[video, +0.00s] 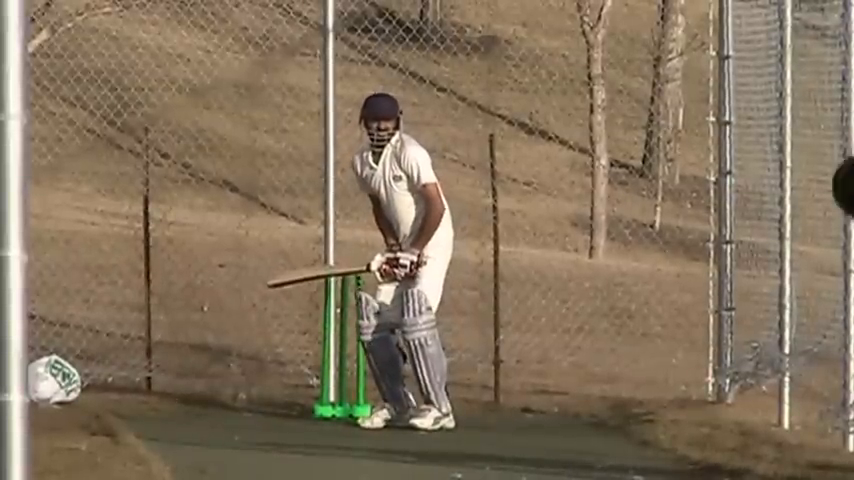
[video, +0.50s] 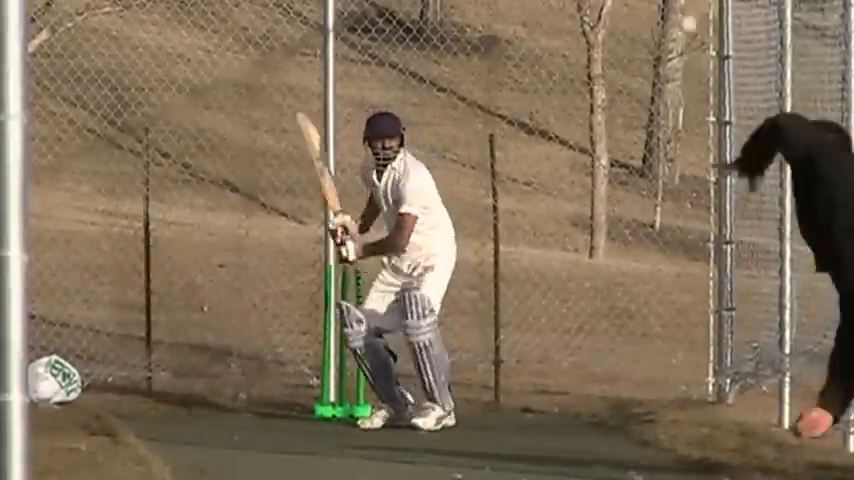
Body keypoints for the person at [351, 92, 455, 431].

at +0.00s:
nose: (379, 131)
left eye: (387, 125)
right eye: (373, 124)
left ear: (398, 124)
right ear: (364, 125)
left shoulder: (409, 153)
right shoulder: (361, 162)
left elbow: (436, 205)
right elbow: (378, 206)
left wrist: (415, 250)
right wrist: (392, 248)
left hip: (430, 242)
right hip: (399, 245)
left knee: (416, 318)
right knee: (373, 320)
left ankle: (438, 406)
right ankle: (397, 403)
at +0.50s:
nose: (383, 148)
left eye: (390, 141)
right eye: (375, 142)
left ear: (401, 142)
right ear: (367, 144)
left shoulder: (411, 177)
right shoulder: (371, 169)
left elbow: (398, 241)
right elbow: (376, 202)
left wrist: (360, 249)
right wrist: (358, 228)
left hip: (431, 259)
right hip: (397, 261)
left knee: (418, 325)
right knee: (361, 330)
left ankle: (442, 406)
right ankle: (395, 404)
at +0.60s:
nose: (395, 151)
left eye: (402, 144)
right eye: (388, 145)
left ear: (413, 144)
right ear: (379, 147)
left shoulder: (427, 178)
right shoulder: (376, 175)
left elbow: (403, 239)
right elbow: (375, 209)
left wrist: (358, 249)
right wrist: (354, 231)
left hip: (433, 267)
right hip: (394, 267)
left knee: (435, 330)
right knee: (357, 331)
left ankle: (441, 408)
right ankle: (394, 403)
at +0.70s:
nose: (410, 149)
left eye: (416, 142)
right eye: (402, 144)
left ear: (425, 142)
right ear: (392, 146)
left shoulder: (443, 168)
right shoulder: (384, 182)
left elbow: (434, 221)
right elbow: (390, 237)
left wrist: (391, 254)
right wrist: (372, 258)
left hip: (439, 271)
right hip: (397, 271)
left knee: (449, 324)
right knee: (360, 331)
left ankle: (445, 407)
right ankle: (381, 394)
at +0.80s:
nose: (416, 148)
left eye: (422, 141)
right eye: (408, 142)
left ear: (431, 138)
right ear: (396, 142)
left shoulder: (441, 147)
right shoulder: (402, 178)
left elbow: (463, 176)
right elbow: (431, 225)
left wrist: (480, 218)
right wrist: (467, 241)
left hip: (448, 256)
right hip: (409, 259)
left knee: (461, 322)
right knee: (390, 329)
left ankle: (450, 401)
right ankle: (362, 394)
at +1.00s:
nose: (456, 139)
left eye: (456, 133)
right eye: (451, 134)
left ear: (435, 133)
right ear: (434, 135)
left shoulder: (435, 152)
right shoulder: (429, 165)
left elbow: (478, 153)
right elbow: (485, 166)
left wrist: (521, 140)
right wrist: (524, 139)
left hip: (450, 251)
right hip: (423, 255)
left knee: (470, 326)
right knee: (412, 339)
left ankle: (451, 406)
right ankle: (368, 386)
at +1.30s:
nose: (499, 107)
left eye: (498, 102)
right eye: (498, 103)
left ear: (461, 101)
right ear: (492, 105)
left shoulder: (436, 132)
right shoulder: (496, 139)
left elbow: (422, 169)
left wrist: (430, 125)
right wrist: (449, 116)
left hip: (429, 229)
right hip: (455, 232)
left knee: (460, 318)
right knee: (445, 320)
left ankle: (438, 402)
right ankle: (400, 395)